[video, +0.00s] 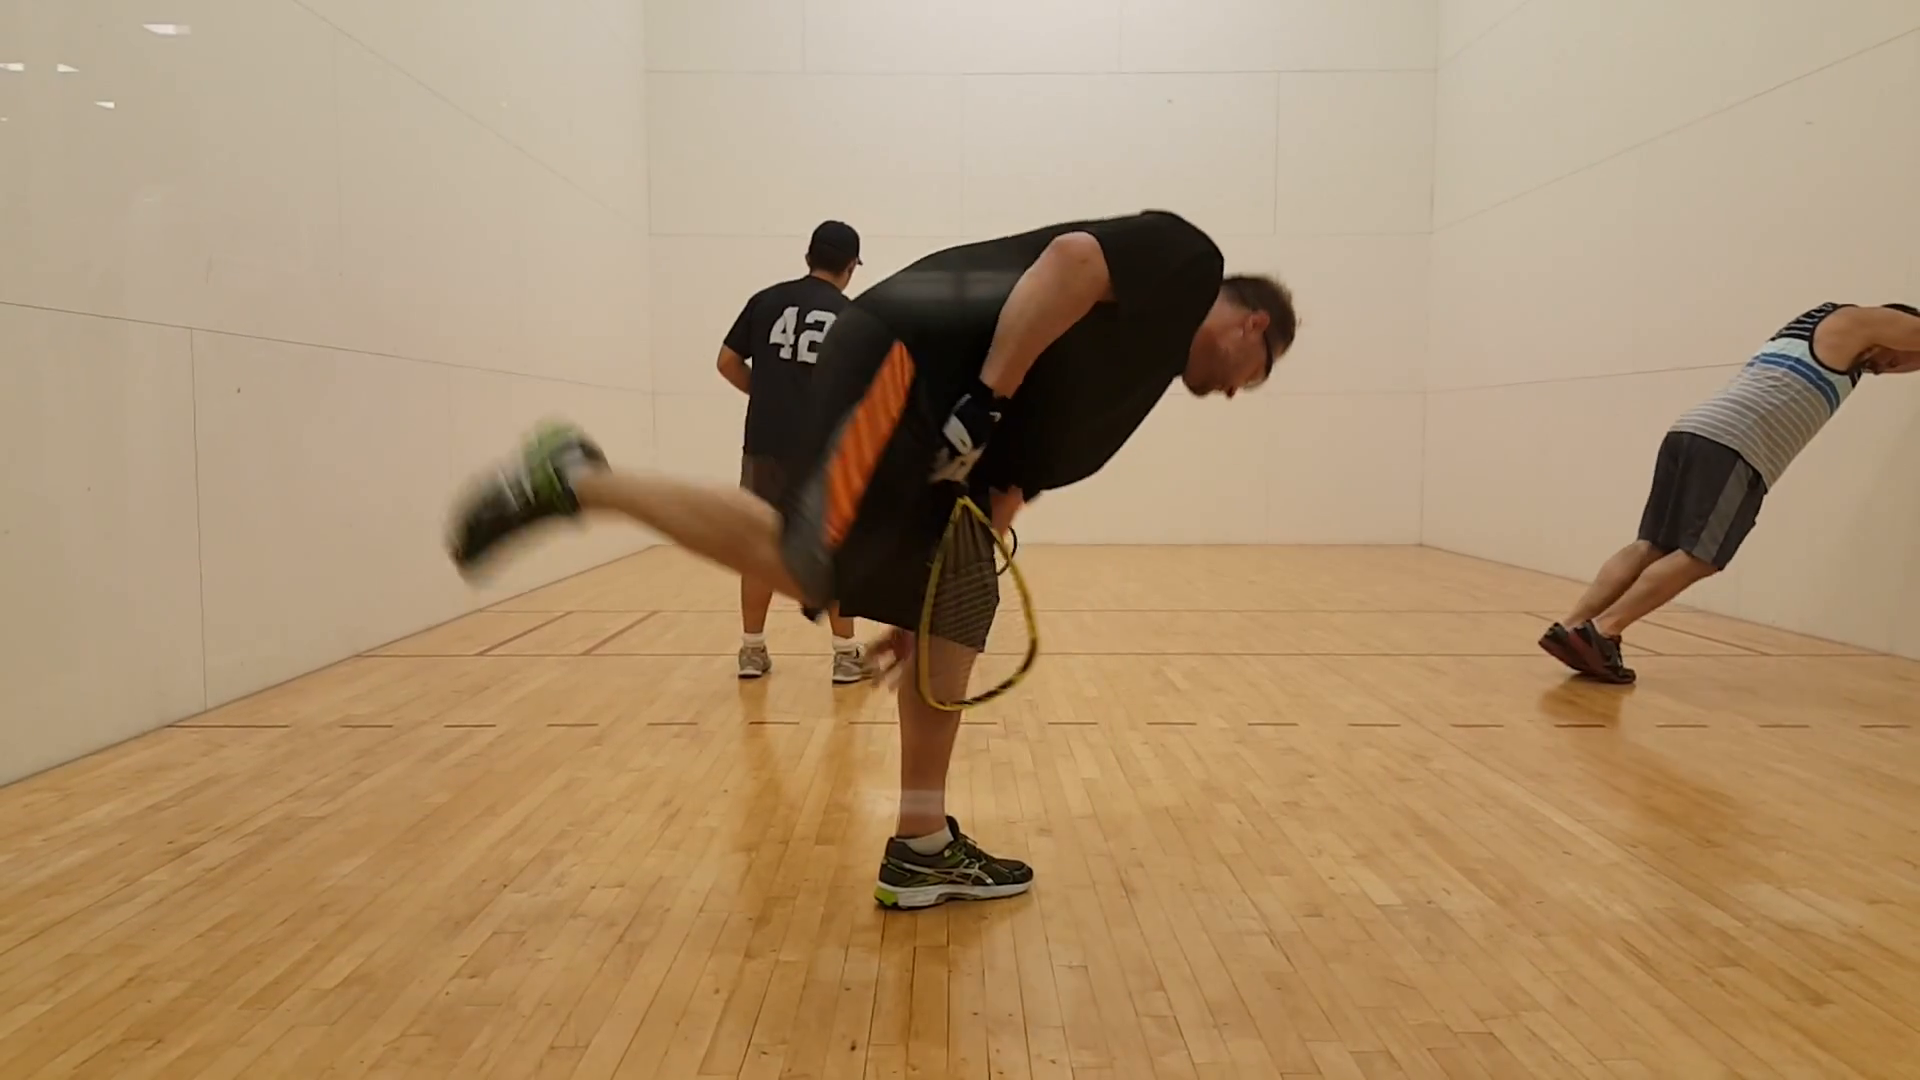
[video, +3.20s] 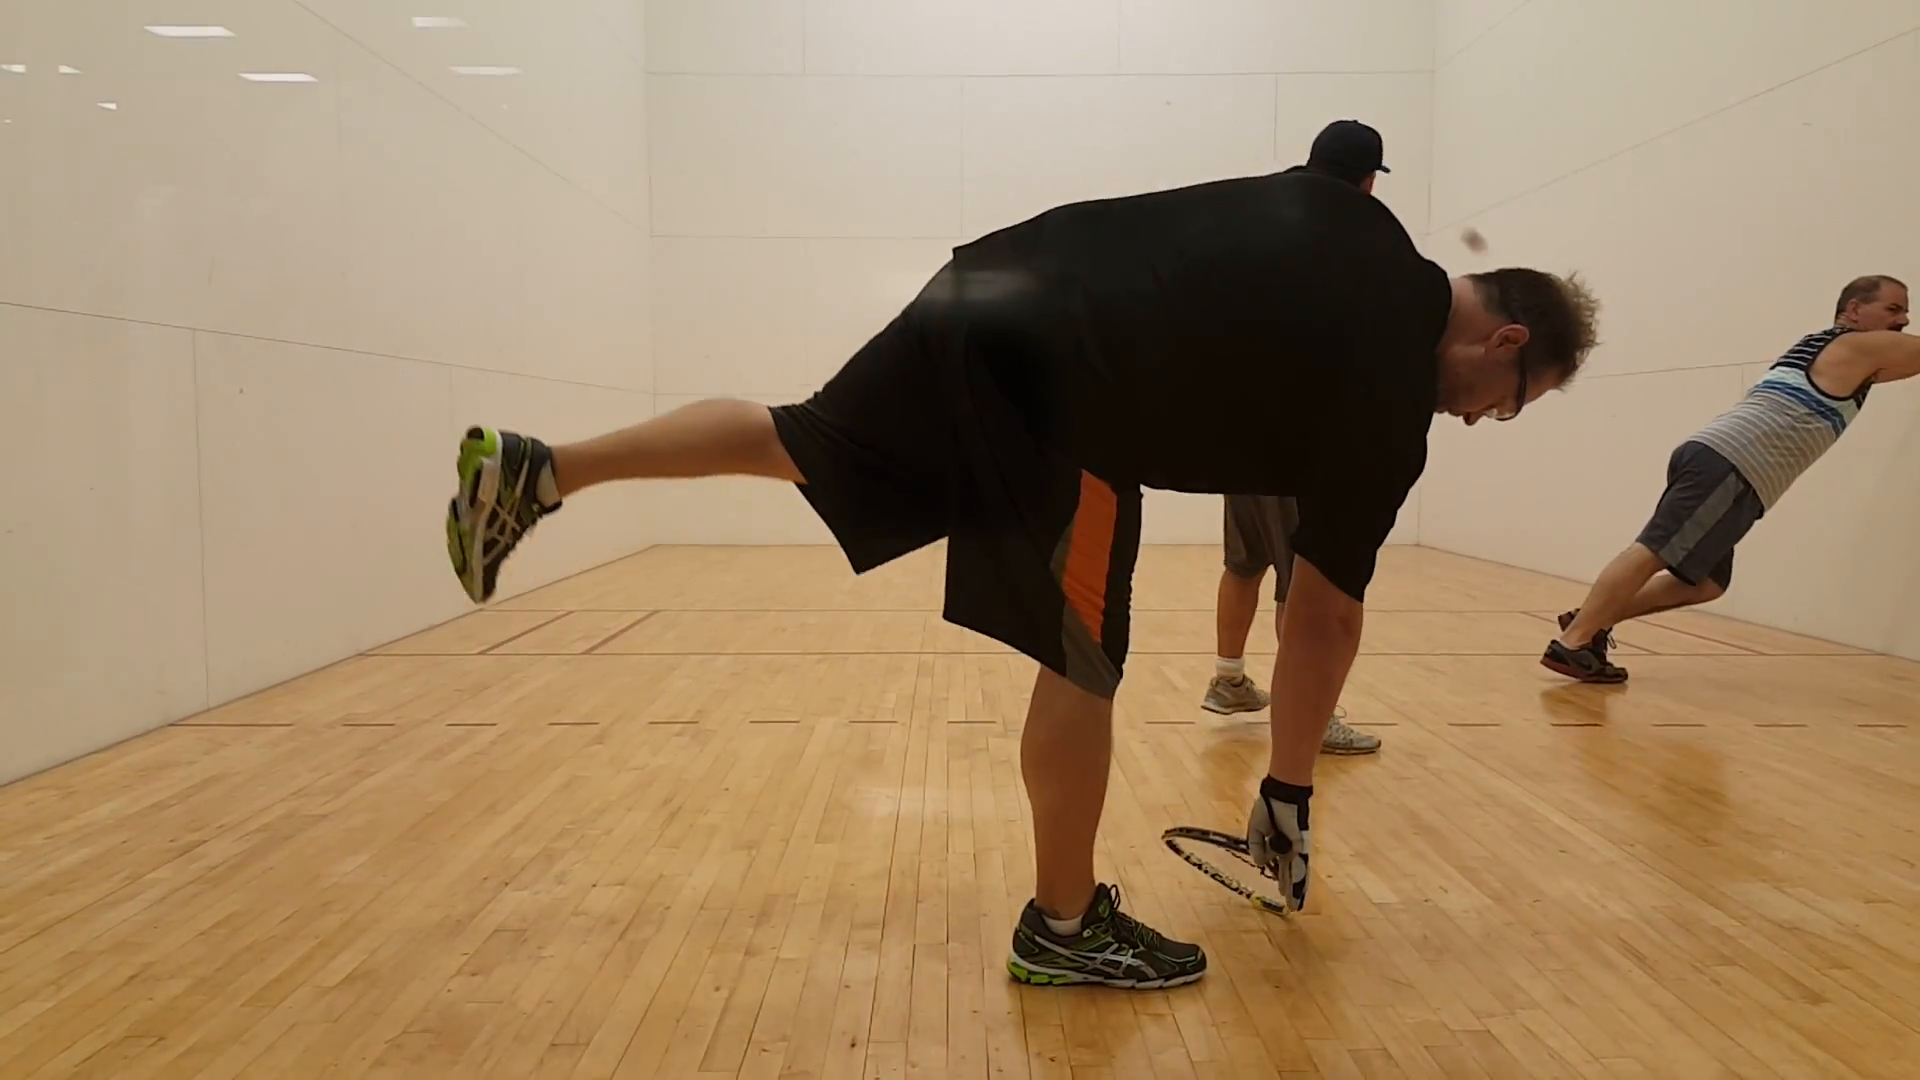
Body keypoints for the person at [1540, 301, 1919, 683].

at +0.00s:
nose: (1894, 367)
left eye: (1903, 363)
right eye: (1901, 357)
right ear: (1892, 333)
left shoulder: (1811, 327)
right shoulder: (1852, 323)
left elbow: (1902, 363)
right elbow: (1919, 342)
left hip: (1690, 433)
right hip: (1733, 449)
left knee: (1654, 542)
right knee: (1700, 556)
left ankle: (1573, 627)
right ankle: (1603, 632)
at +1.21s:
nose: (1898, 390)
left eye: (1906, 384)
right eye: (1905, 379)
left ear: (1890, 362)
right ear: (1892, 358)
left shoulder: (1825, 358)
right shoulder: (1852, 350)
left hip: (1730, 475)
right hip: (1726, 467)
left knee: (1705, 580)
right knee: (1654, 554)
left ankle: (1592, 618)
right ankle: (1575, 645)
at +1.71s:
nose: (1903, 335)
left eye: (1905, 327)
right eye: (1905, 325)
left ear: (1875, 301)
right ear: (1888, 305)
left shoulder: (1812, 325)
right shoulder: (1854, 325)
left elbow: (1906, 356)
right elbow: (1917, 347)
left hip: (1698, 436)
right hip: (1731, 451)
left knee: (1659, 548)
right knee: (1668, 551)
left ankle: (1582, 629)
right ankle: (1582, 631)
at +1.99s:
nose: (1898, 315)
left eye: (1899, 307)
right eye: (1892, 303)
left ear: (1849, 306)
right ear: (1851, 298)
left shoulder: (1810, 333)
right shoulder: (1847, 334)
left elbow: (1909, 356)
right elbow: (1917, 343)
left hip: (1676, 439)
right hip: (1716, 456)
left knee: (1634, 543)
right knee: (1710, 563)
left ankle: (1564, 633)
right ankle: (1607, 628)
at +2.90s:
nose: (1901, 313)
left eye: (1902, 306)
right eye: (1893, 301)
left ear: (1852, 309)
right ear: (1852, 302)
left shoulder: (1821, 340)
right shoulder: (1850, 341)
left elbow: (1906, 356)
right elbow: (1916, 350)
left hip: (1714, 454)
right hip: (1727, 463)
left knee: (1690, 574)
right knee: (1656, 546)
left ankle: (1582, 619)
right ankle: (1576, 638)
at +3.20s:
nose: (1903, 321)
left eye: (1904, 313)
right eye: (1895, 309)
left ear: (1854, 318)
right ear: (1853, 311)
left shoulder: (1827, 350)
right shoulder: (1852, 349)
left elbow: (1906, 360)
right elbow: (1917, 353)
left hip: (1717, 461)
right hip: (1728, 470)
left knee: (1706, 581)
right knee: (1651, 552)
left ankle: (1592, 616)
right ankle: (1572, 644)